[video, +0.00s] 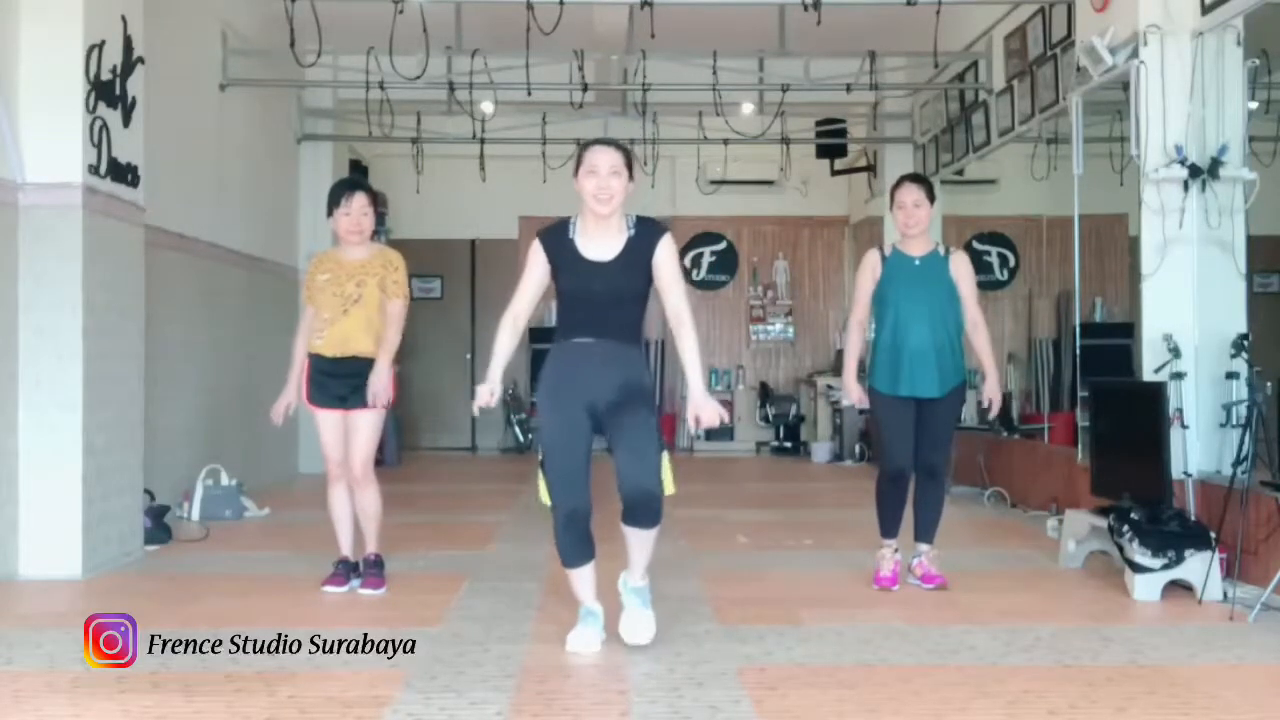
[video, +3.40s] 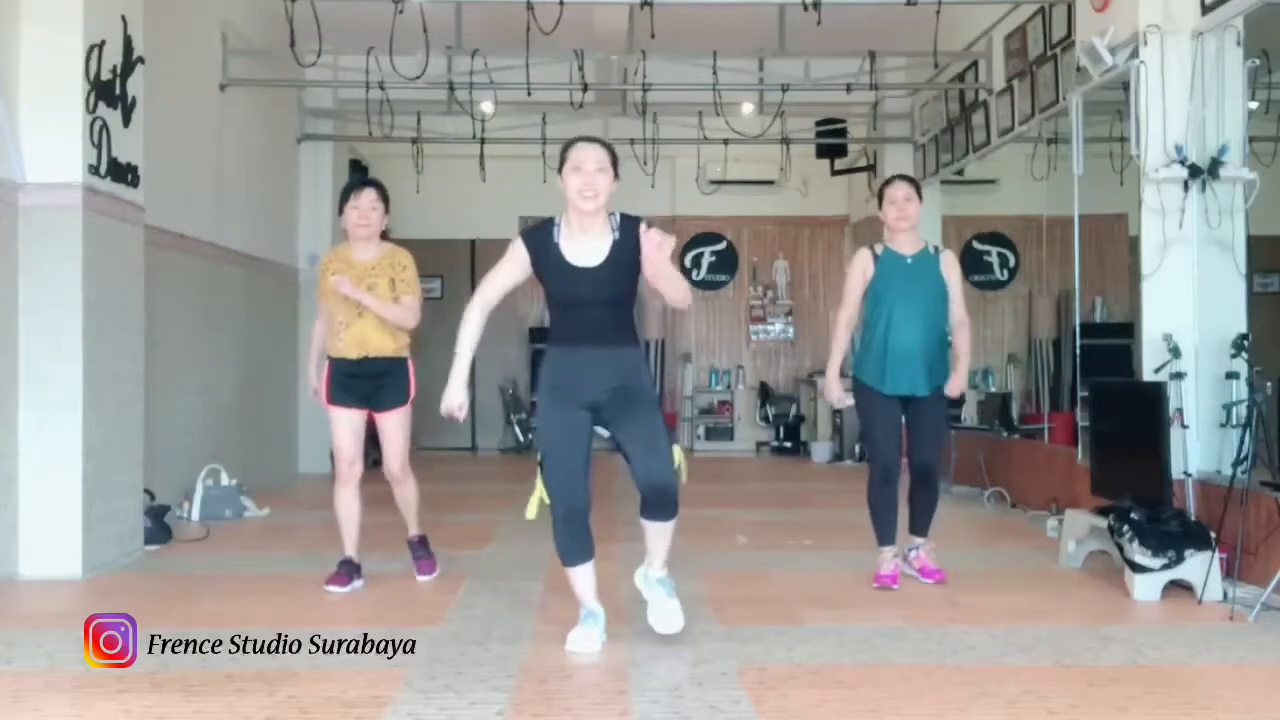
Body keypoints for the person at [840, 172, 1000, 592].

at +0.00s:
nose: (908, 214)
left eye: (917, 205)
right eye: (901, 206)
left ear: (932, 210)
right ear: (891, 212)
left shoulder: (955, 260)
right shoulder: (876, 260)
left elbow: (974, 321)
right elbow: (858, 320)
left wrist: (991, 374)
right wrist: (849, 375)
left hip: (944, 385)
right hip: (890, 385)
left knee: (933, 468)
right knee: (896, 466)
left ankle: (923, 555)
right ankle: (888, 552)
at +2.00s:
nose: (889, 217)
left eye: (898, 209)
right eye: (881, 210)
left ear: (911, 217)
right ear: (871, 219)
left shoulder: (932, 267)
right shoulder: (855, 267)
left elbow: (948, 325)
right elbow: (836, 328)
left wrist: (949, 345)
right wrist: (838, 384)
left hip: (916, 389)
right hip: (864, 389)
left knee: (926, 471)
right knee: (872, 471)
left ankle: (911, 537)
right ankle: (884, 554)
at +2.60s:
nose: (897, 208)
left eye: (905, 201)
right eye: (888, 201)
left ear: (917, 207)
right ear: (876, 208)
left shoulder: (935, 257)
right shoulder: (859, 255)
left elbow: (945, 314)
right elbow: (841, 312)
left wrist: (953, 363)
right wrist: (869, 335)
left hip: (929, 374)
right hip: (875, 377)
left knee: (935, 463)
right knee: (880, 465)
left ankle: (939, 558)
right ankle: (886, 555)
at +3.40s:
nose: (900, 207)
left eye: (908, 200)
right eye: (892, 202)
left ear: (921, 207)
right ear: (881, 211)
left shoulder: (944, 260)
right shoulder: (867, 258)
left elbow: (959, 319)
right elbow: (846, 316)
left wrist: (961, 370)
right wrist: (832, 370)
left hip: (930, 381)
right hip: (877, 380)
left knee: (926, 467)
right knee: (884, 465)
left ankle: (918, 548)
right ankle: (887, 555)